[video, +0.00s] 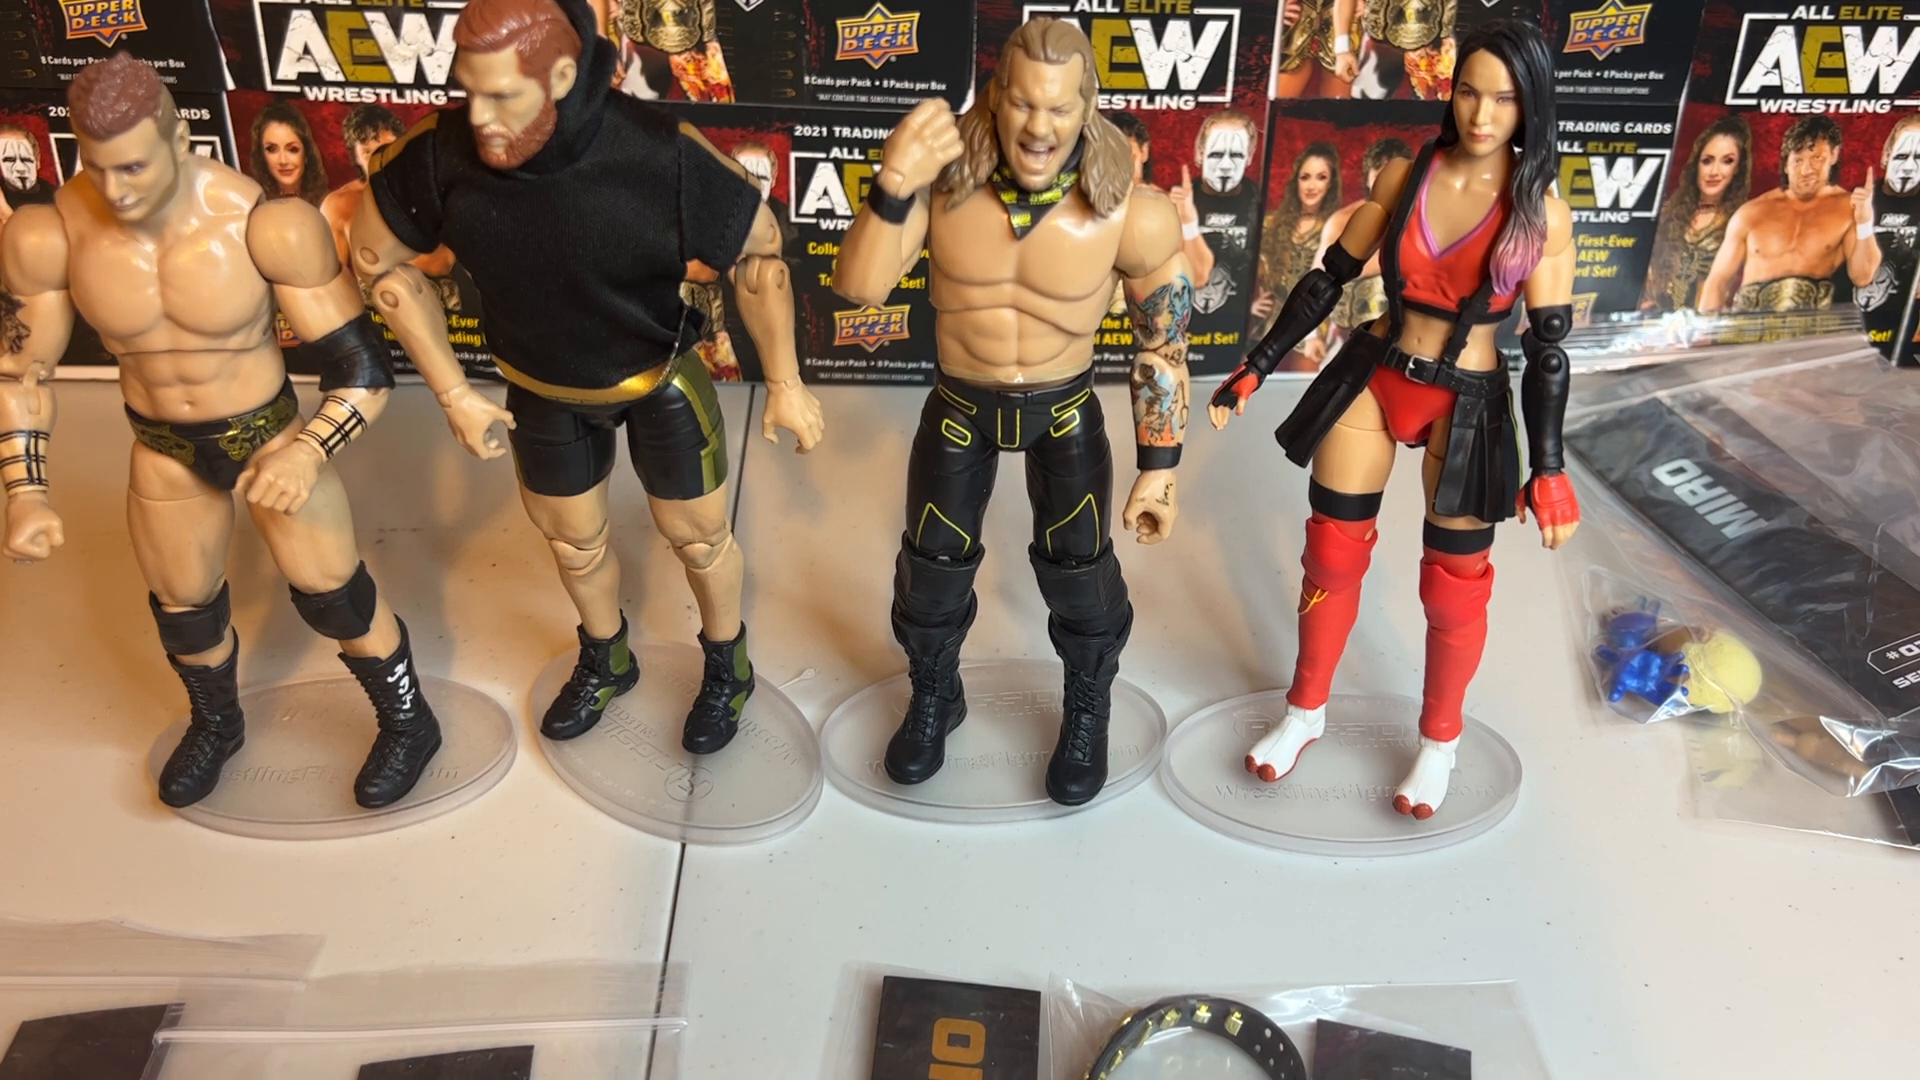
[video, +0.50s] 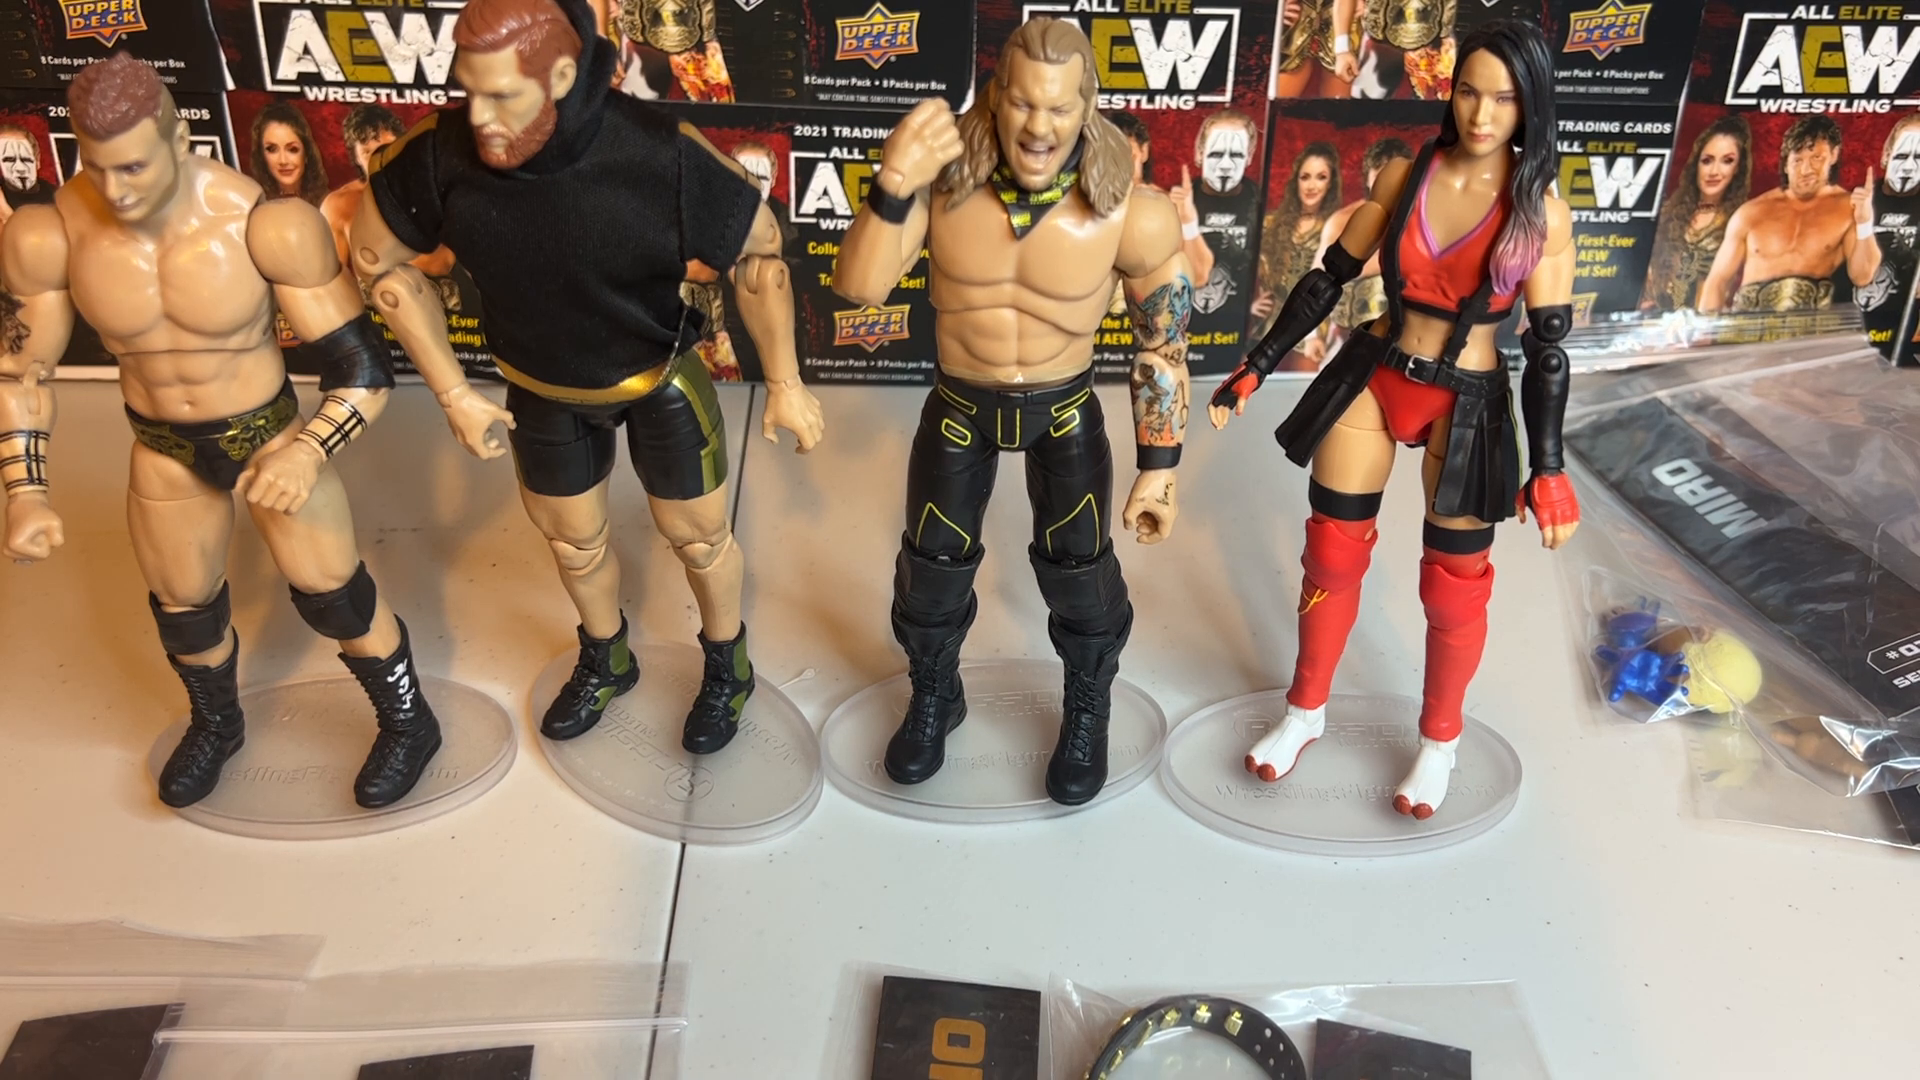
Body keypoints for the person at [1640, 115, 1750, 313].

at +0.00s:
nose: (1714, 171)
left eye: (1727, 161)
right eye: (1707, 160)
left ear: (1739, 168)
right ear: (1695, 164)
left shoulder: (1742, 220)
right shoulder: (1670, 212)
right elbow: (1654, 267)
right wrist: (1649, 301)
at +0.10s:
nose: (1714, 171)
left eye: (1727, 161)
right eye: (1707, 160)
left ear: (1739, 168)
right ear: (1695, 164)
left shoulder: (1742, 220)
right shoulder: (1670, 212)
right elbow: (1654, 267)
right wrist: (1649, 300)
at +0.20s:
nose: (1714, 171)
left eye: (1727, 161)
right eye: (1707, 160)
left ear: (1739, 168)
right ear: (1695, 164)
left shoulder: (1742, 220)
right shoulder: (1670, 213)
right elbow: (1654, 268)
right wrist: (1649, 301)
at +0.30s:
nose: (1714, 171)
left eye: (1727, 161)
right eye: (1706, 160)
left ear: (1739, 168)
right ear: (1695, 164)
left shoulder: (1742, 220)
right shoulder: (1670, 213)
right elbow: (1654, 268)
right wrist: (1649, 301)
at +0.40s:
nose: (1714, 171)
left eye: (1727, 161)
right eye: (1707, 160)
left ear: (1739, 168)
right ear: (1695, 164)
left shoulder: (1742, 220)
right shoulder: (1670, 213)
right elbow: (1654, 268)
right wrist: (1649, 301)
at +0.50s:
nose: (1714, 171)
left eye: (1727, 161)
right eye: (1707, 160)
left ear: (1739, 168)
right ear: (1695, 164)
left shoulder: (1742, 220)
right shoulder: (1670, 213)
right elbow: (1654, 268)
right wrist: (1649, 301)